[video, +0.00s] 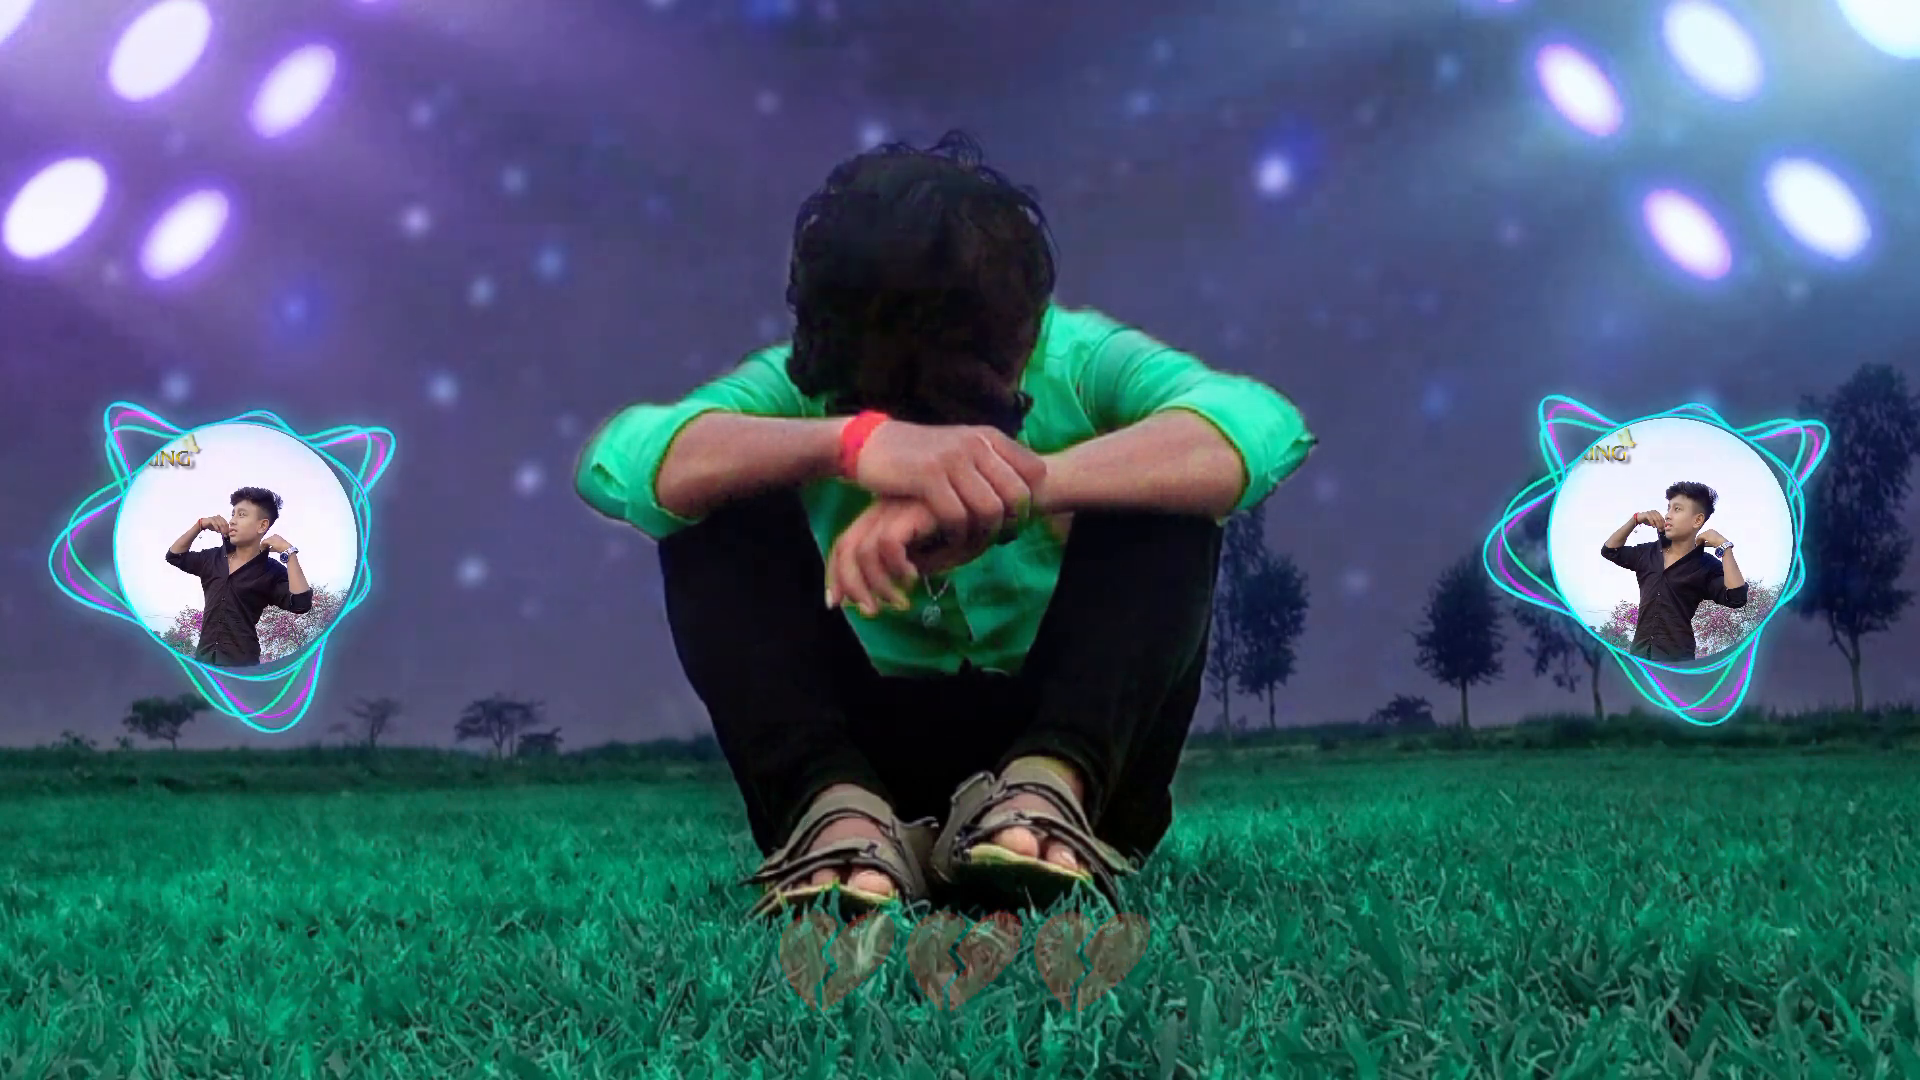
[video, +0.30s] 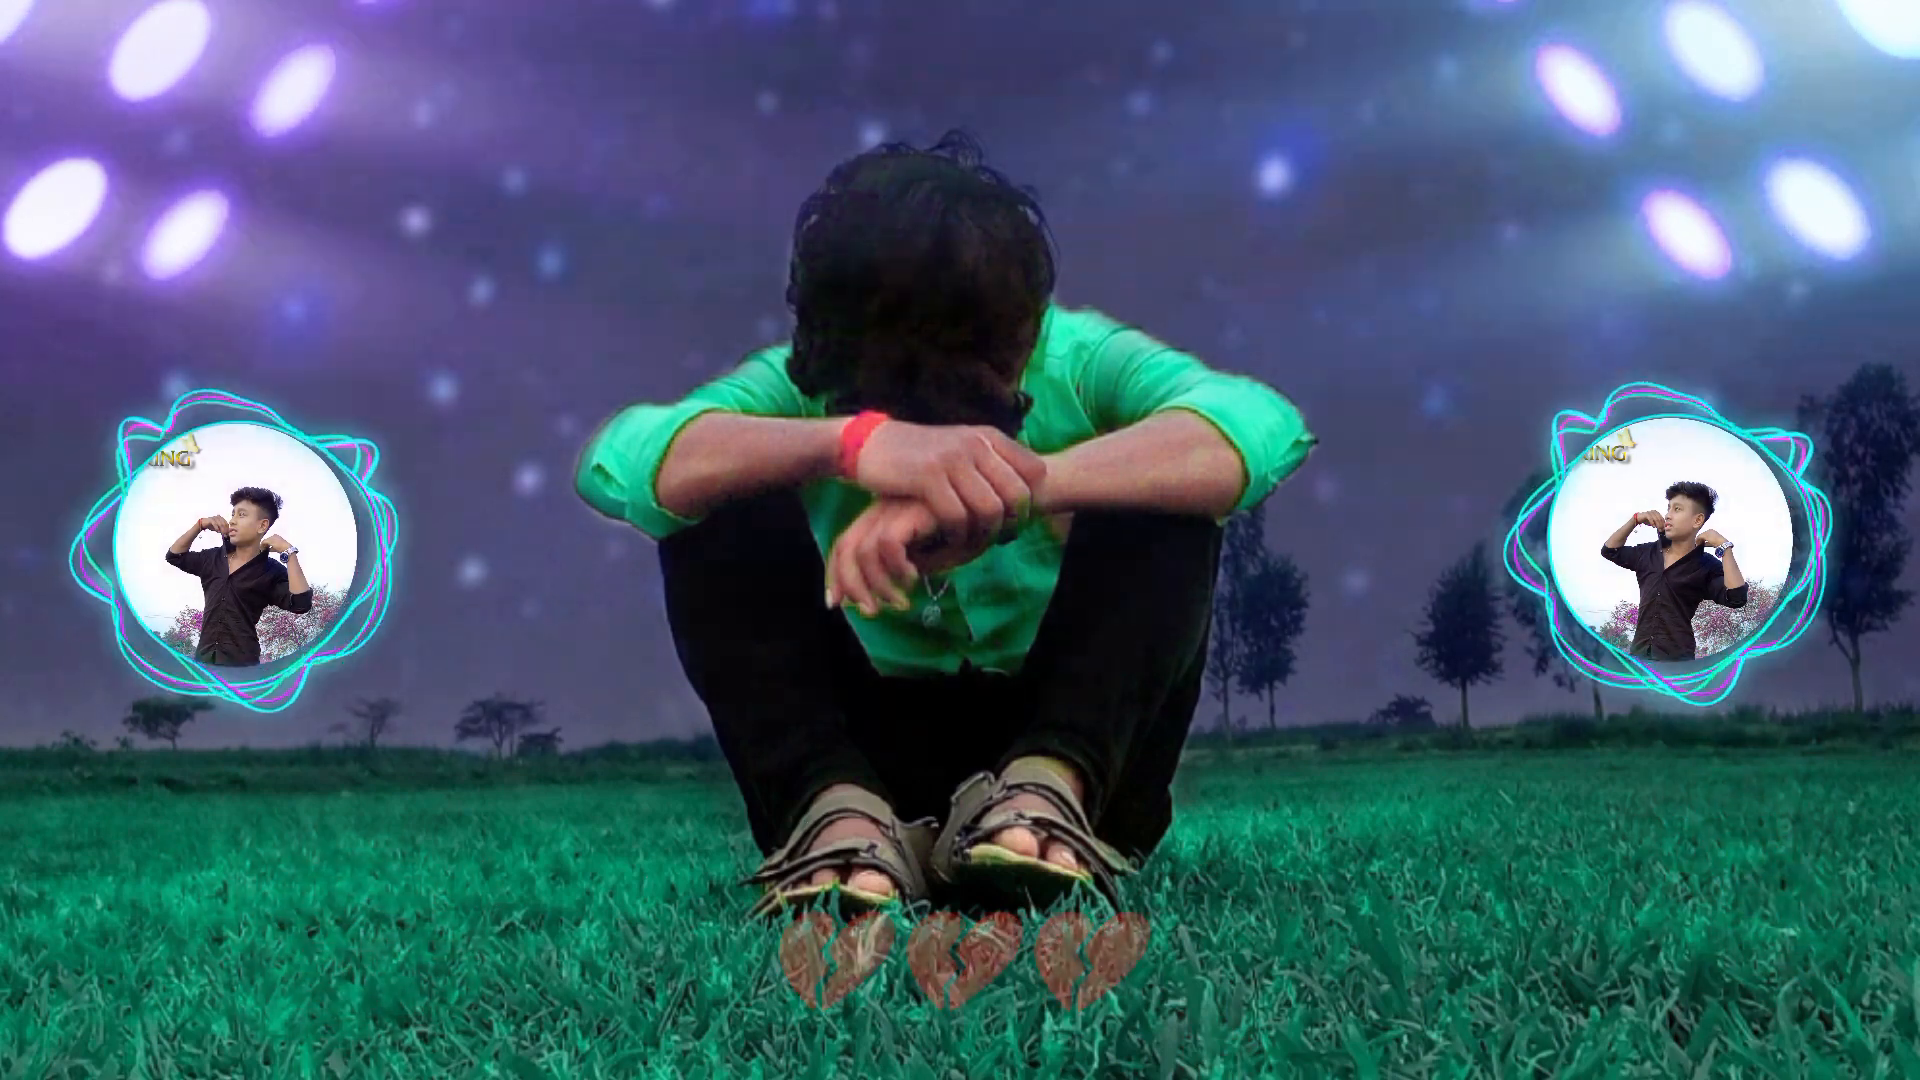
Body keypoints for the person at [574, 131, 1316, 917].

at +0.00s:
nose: (958, 426)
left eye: (993, 381)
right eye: (916, 404)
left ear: (1025, 333)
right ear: (843, 363)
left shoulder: (1075, 355)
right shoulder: (796, 384)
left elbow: (1265, 429)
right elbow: (612, 467)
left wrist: (999, 492)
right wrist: (851, 446)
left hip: (1061, 749)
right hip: (864, 756)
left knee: (1167, 485)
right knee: (711, 502)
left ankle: (1044, 789)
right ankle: (835, 817)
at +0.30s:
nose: (936, 442)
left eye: (974, 403)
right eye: (904, 413)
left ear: (1022, 345)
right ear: (828, 365)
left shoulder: (1075, 355)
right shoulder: (795, 384)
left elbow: (1265, 429)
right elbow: (611, 467)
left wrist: (999, 492)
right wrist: (850, 446)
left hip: (1064, 752)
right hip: (866, 760)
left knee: (1165, 488)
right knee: (713, 506)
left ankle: (1043, 789)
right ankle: (837, 818)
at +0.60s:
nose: (929, 445)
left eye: (973, 401)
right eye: (898, 412)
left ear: (1020, 345)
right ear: (830, 366)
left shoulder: (1073, 354)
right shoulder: (796, 383)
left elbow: (1266, 429)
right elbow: (611, 467)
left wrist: (1001, 491)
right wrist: (851, 447)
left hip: (1059, 747)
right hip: (864, 754)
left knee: (1165, 488)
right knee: (713, 501)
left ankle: (1044, 790)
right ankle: (836, 818)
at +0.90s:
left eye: (993, 384)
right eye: (906, 413)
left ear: (1025, 336)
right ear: (837, 369)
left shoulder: (1073, 353)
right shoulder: (796, 383)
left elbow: (1265, 429)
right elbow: (611, 467)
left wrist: (998, 492)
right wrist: (851, 447)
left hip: (1060, 749)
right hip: (863, 758)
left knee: (1166, 488)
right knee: (713, 501)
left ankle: (1044, 789)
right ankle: (836, 816)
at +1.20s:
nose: (920, 455)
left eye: (956, 418)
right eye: (881, 417)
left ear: (1018, 357)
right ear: (820, 366)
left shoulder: (1077, 355)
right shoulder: (795, 381)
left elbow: (1265, 429)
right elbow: (611, 467)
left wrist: (1002, 491)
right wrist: (851, 446)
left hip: (1060, 746)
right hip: (863, 752)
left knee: (1166, 487)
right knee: (714, 503)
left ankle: (1044, 789)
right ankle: (836, 817)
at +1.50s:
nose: (991, 407)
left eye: (1003, 374)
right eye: (920, 407)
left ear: (1025, 333)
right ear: (848, 370)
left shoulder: (1073, 354)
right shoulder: (796, 384)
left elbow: (1264, 429)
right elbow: (612, 467)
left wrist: (1001, 491)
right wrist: (851, 447)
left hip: (1059, 746)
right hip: (864, 753)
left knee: (1166, 490)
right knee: (713, 505)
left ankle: (1043, 790)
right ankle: (837, 818)